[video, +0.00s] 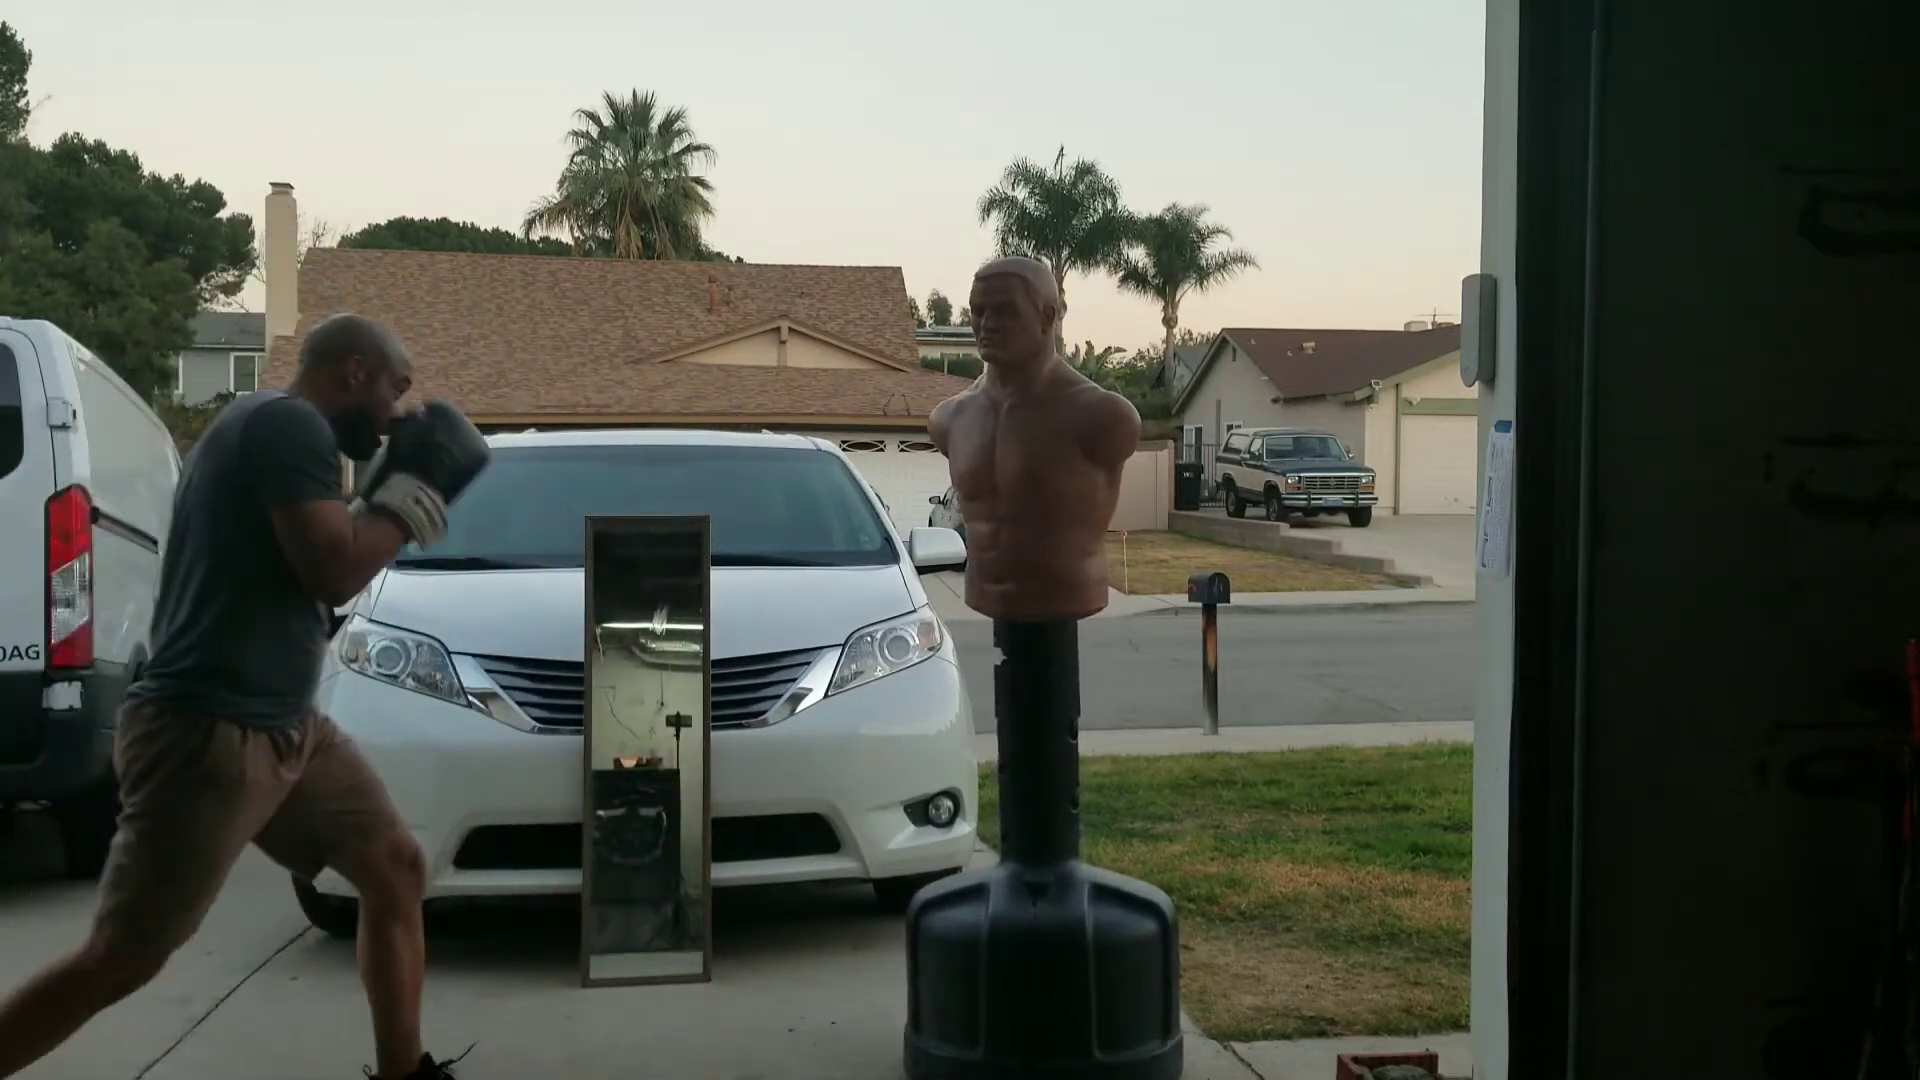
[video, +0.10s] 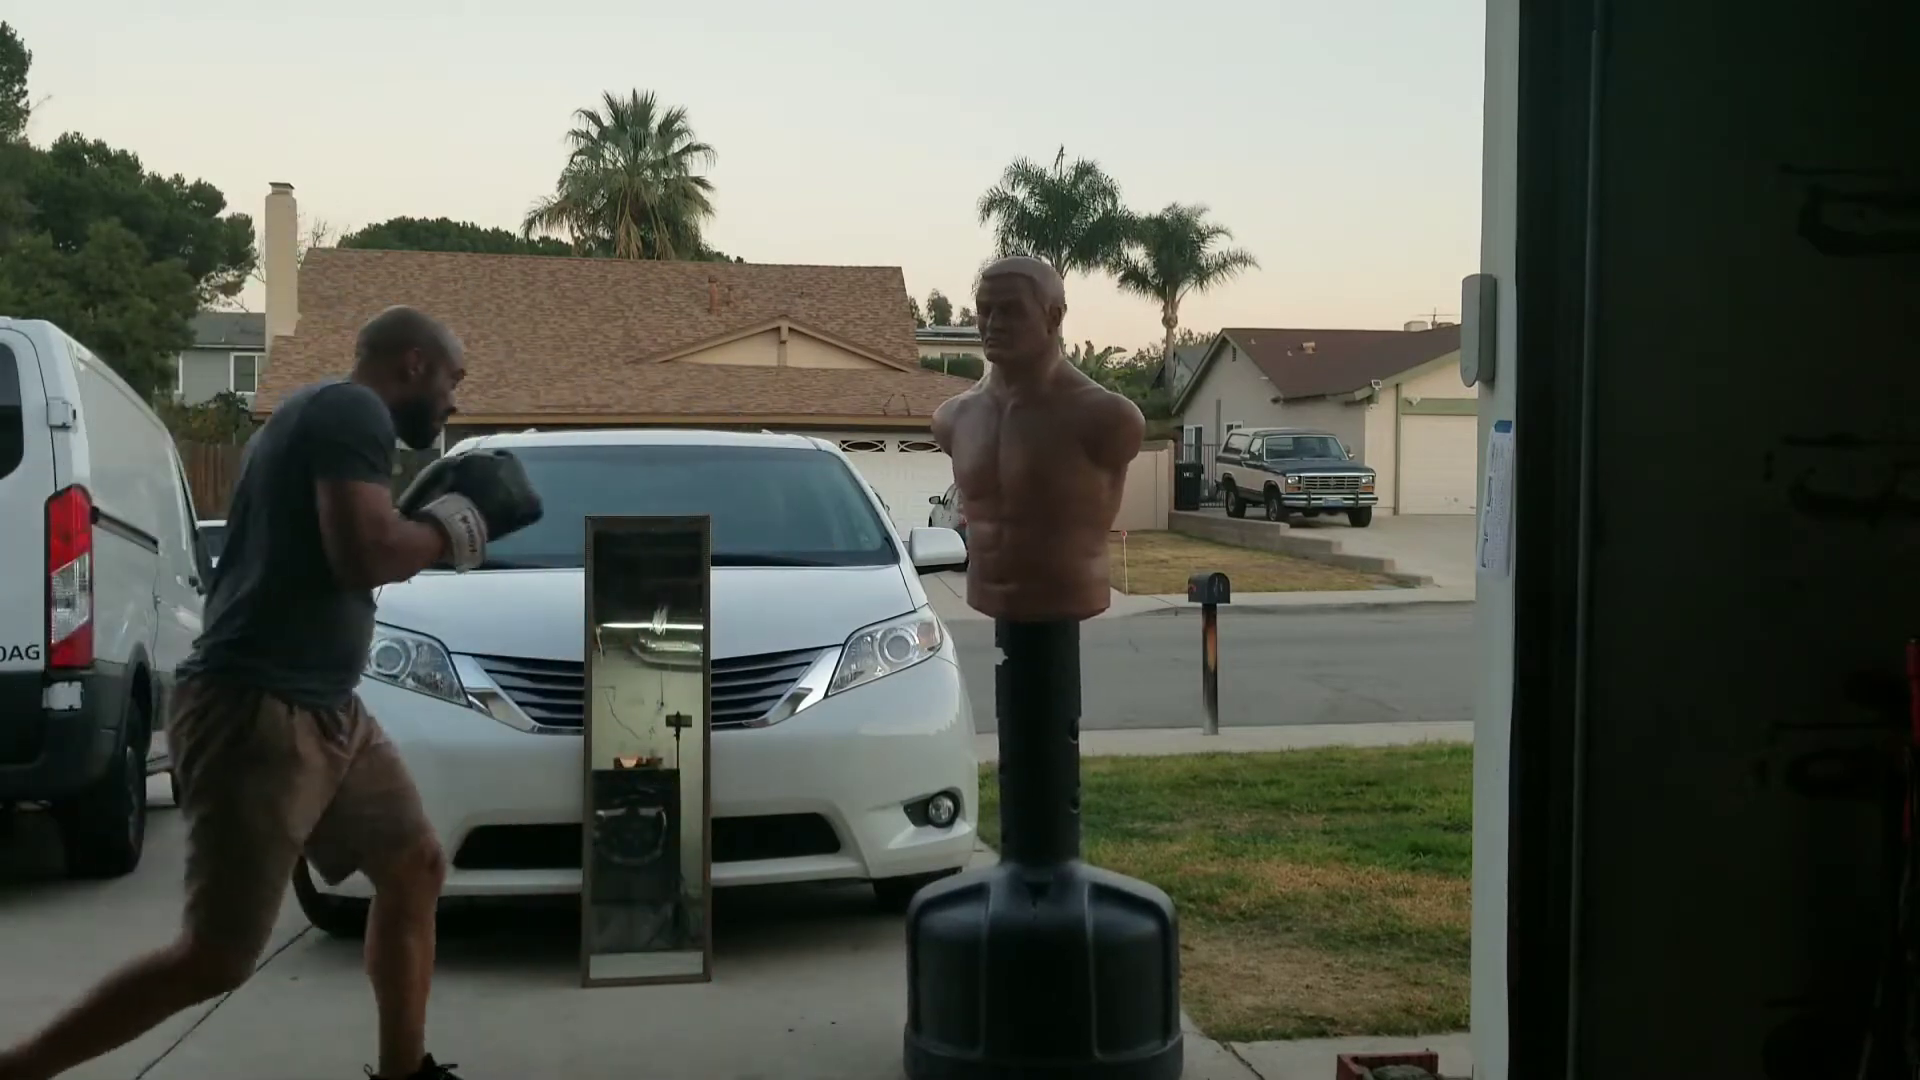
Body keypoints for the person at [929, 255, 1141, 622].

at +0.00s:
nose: (985, 323)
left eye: (1003, 310)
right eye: (978, 311)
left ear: (1048, 317)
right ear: (971, 316)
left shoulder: (1104, 417)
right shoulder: (949, 420)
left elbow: (1088, 522)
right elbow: (983, 515)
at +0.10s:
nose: (991, 324)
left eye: (1009, 310)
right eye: (984, 311)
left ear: (1054, 317)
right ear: (975, 316)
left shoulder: (1108, 418)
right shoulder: (953, 419)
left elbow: (1092, 523)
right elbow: (984, 511)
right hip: (999, 611)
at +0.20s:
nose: (990, 324)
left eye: (1009, 311)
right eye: (983, 311)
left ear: (1053, 317)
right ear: (975, 316)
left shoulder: (1108, 419)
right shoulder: (953, 419)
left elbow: (1091, 523)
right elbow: (985, 513)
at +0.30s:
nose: (987, 324)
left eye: (1007, 312)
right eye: (980, 311)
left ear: (1051, 317)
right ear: (972, 314)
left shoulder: (1106, 418)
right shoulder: (951, 419)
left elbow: (1090, 524)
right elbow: (985, 516)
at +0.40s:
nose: (989, 325)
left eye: (1008, 312)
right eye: (982, 311)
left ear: (1052, 317)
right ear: (974, 315)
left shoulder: (1107, 418)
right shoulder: (952, 419)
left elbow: (1090, 524)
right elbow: (985, 515)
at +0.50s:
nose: (989, 325)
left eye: (1008, 312)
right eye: (982, 311)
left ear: (1053, 317)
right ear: (974, 315)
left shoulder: (1107, 418)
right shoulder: (952, 419)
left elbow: (1090, 524)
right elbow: (985, 514)